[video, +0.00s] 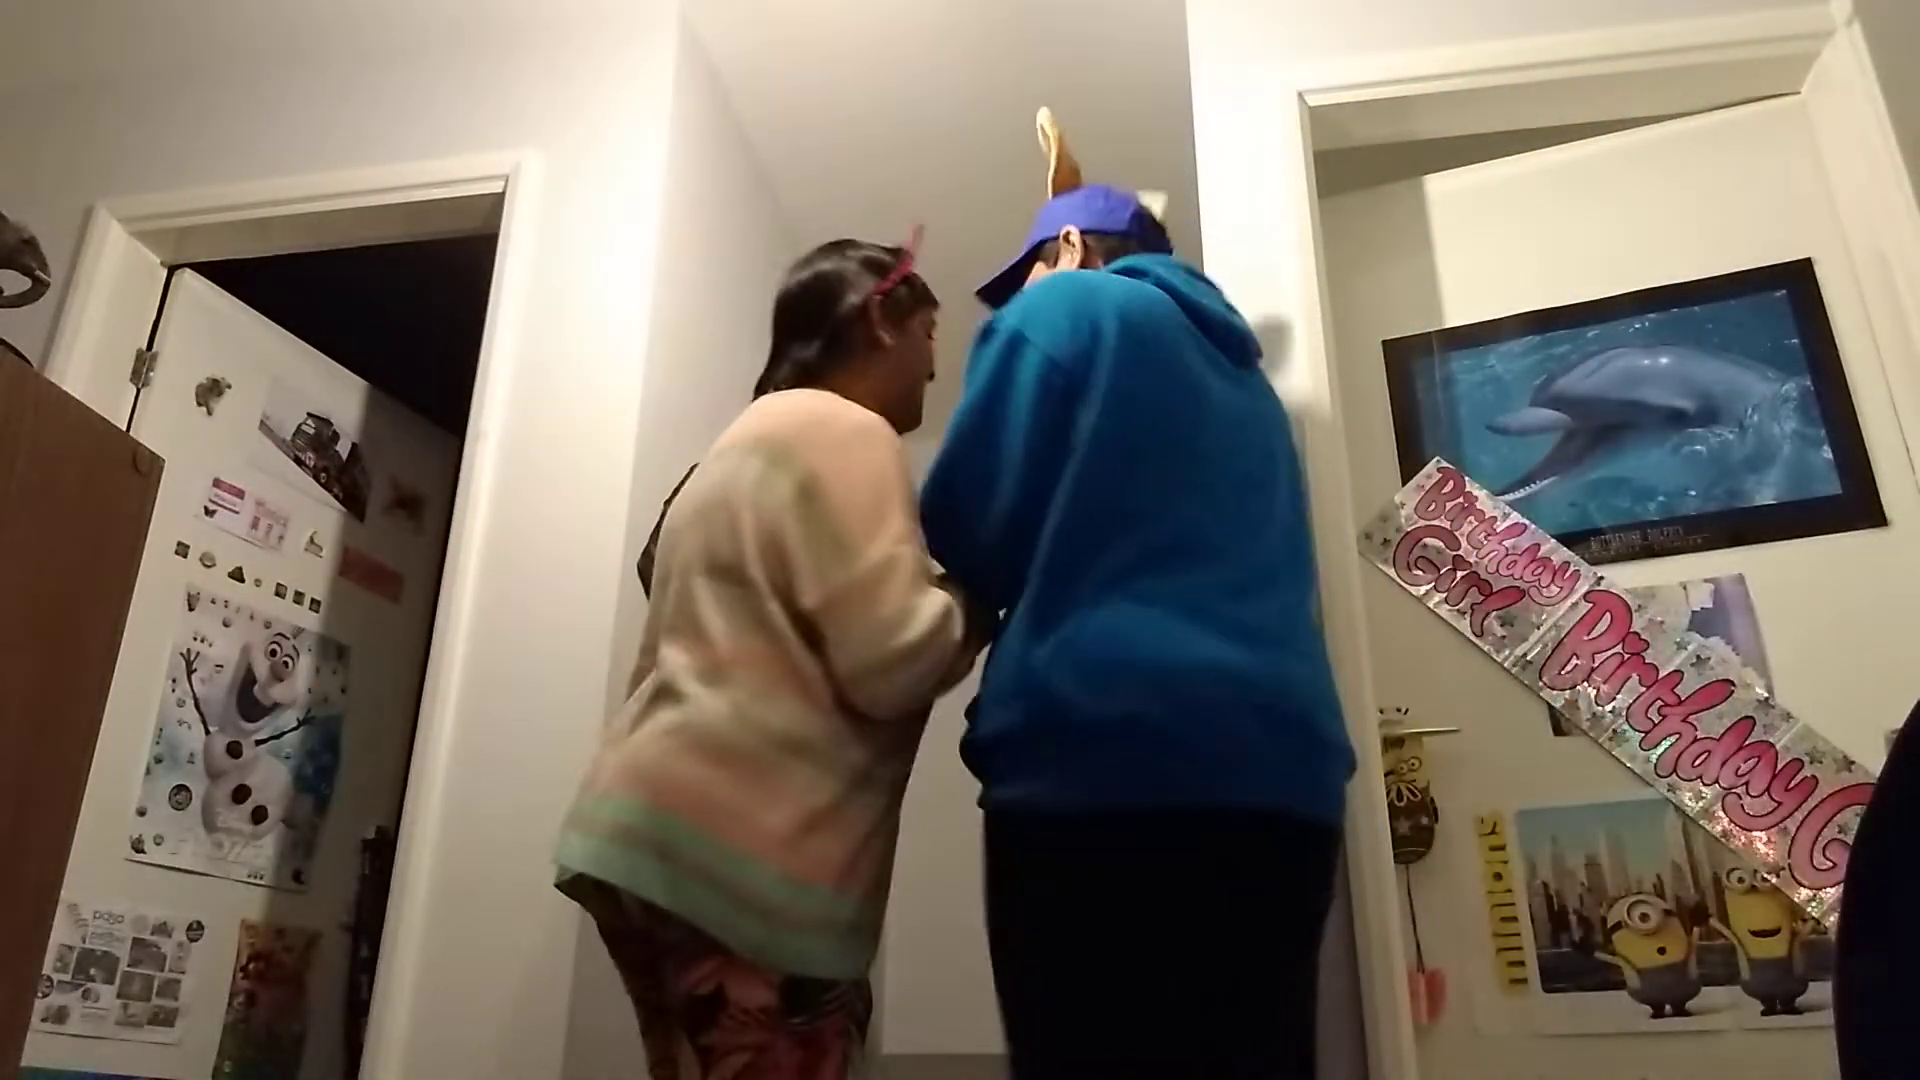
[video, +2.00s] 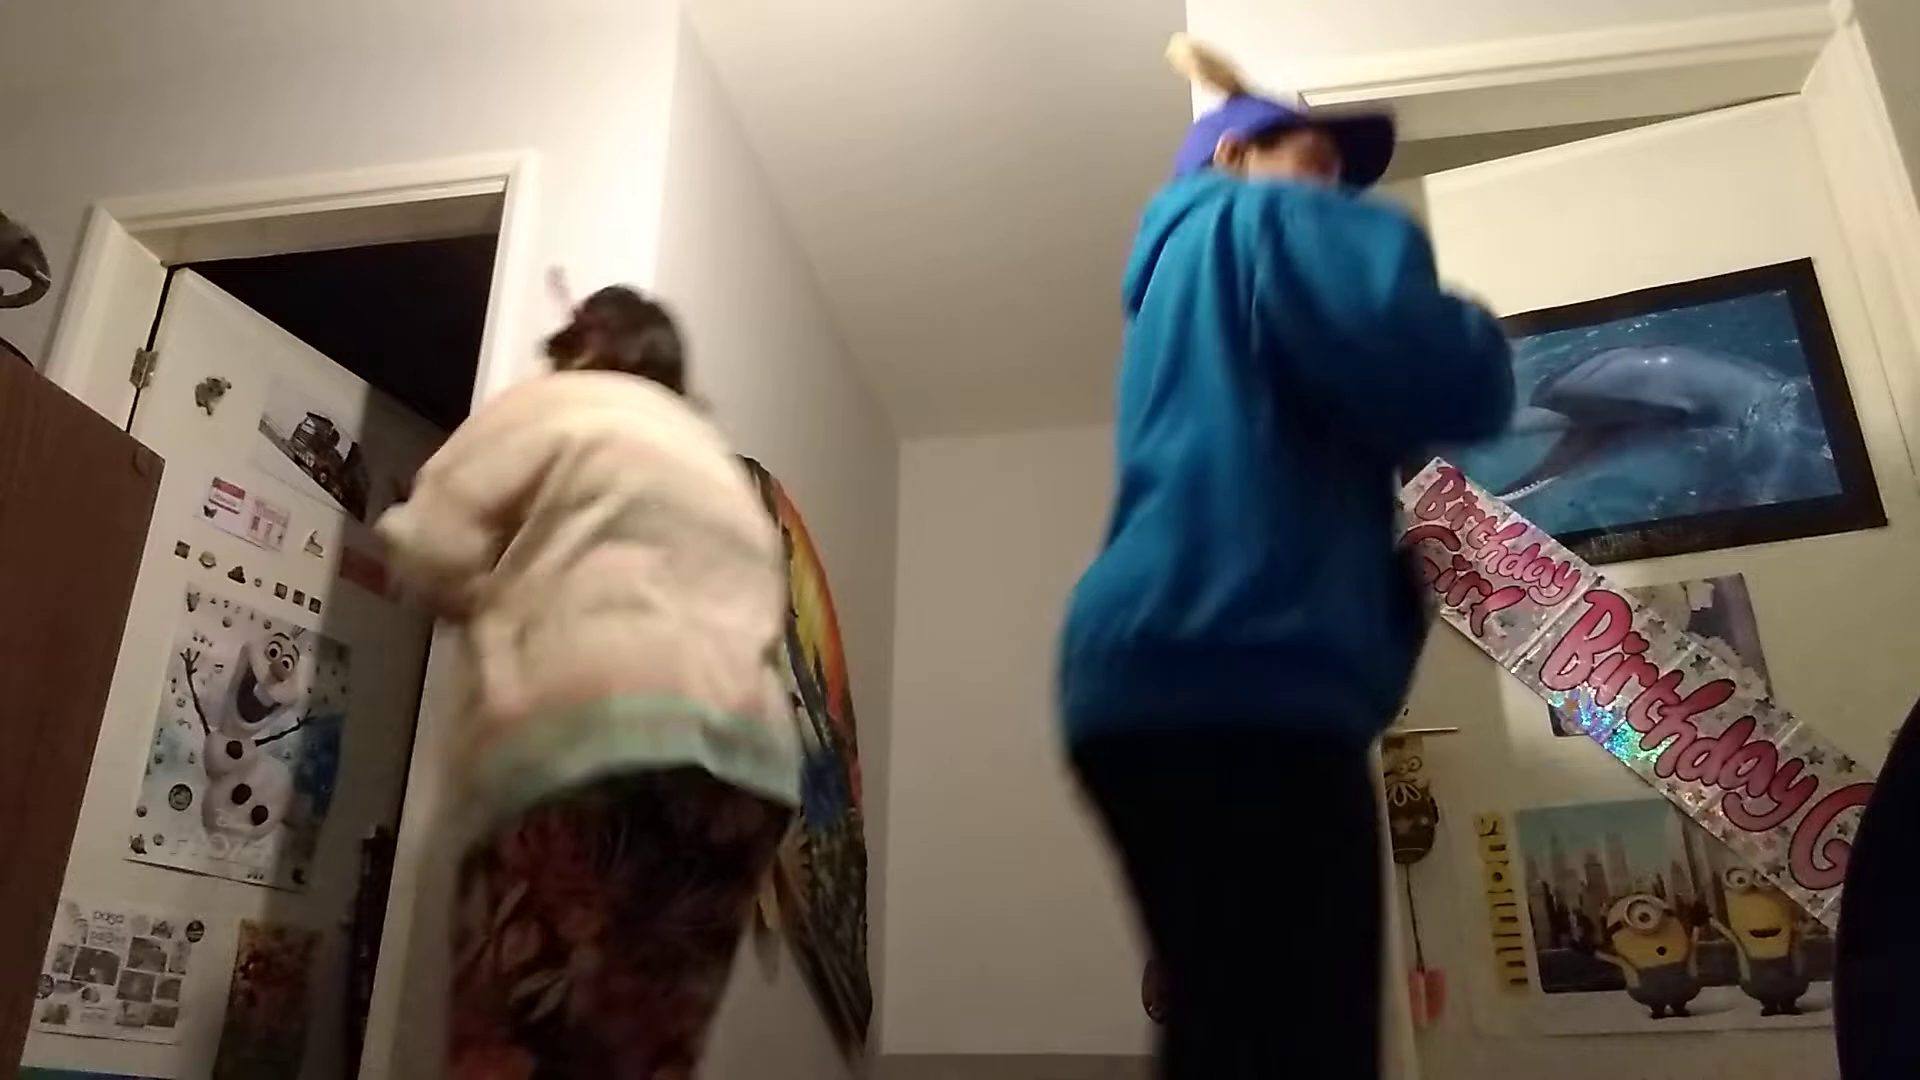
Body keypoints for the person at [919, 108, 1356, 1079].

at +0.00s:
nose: (1020, 297)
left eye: (1026, 277)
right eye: (1020, 284)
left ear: (1067, 250)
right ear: (1158, 255)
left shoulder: (1058, 311)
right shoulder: (1246, 377)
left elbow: (964, 530)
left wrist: (1002, 600)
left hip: (1091, 760)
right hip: (1280, 770)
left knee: (1080, 1050)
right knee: (1255, 1054)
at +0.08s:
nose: (1031, 274)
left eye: (1035, 260)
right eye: (1034, 263)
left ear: (1064, 247)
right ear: (1167, 251)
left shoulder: (1027, 316)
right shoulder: (1257, 372)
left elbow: (955, 530)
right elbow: (1284, 539)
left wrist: (1015, 626)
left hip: (1074, 745)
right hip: (1276, 746)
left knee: (1084, 1043)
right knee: (1265, 1046)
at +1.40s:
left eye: (1068, 210)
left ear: (1063, 232)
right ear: (1182, 214)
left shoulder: (989, 351)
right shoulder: (1263, 315)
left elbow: (973, 535)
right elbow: (1358, 541)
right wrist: (1254, 602)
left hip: (1021, 740)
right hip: (1245, 728)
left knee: (1038, 1043)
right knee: (1266, 1037)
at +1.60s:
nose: (1228, 247)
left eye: (1225, 231)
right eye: (1217, 228)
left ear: (1088, 227)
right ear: (1172, 213)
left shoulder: (1018, 360)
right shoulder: (1212, 285)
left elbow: (1000, 534)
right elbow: (1353, 482)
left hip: (1015, 729)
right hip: (1220, 715)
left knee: (1037, 1034)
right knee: (1240, 1031)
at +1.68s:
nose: (1246, 246)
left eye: (1246, 228)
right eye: (1231, 224)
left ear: (1121, 222)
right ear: (1165, 208)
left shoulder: (1048, 359)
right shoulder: (1220, 280)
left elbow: (996, 553)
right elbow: (1339, 476)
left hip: (1008, 730)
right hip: (1198, 714)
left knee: (1051, 1038)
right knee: (1240, 1036)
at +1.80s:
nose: (1296, 251)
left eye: (1295, 233)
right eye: (1275, 226)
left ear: (1177, 229)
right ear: (1201, 217)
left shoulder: (1114, 342)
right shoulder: (1243, 290)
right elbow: (1350, 493)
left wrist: (1379, 432)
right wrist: (1410, 438)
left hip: (1026, 749)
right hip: (1175, 739)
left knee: (1104, 1054)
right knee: (1279, 1049)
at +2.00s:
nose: (1332, 182)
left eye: (1335, 163)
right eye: (1316, 155)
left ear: (1229, 157)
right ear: (1241, 149)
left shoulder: (1177, 256)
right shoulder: (1272, 221)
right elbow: (1462, 380)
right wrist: (1455, 326)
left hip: (1146, 683)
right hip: (1248, 678)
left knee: (1224, 1023)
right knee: (1305, 1027)